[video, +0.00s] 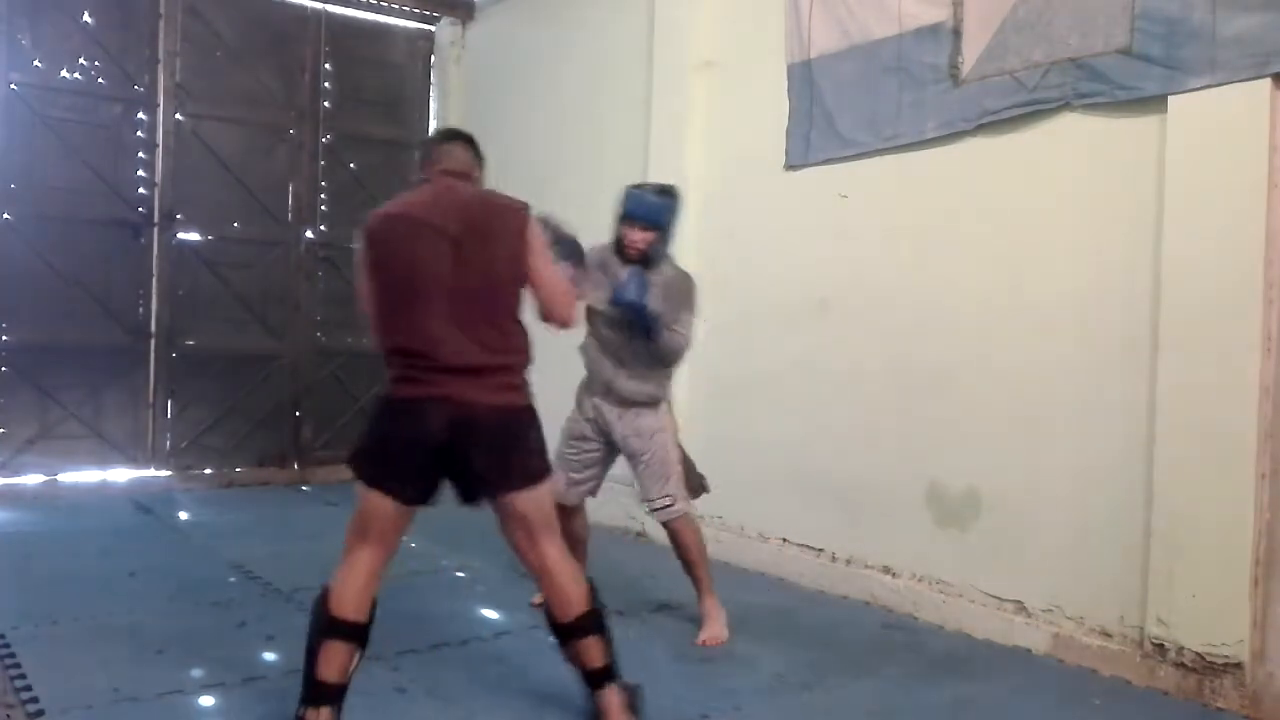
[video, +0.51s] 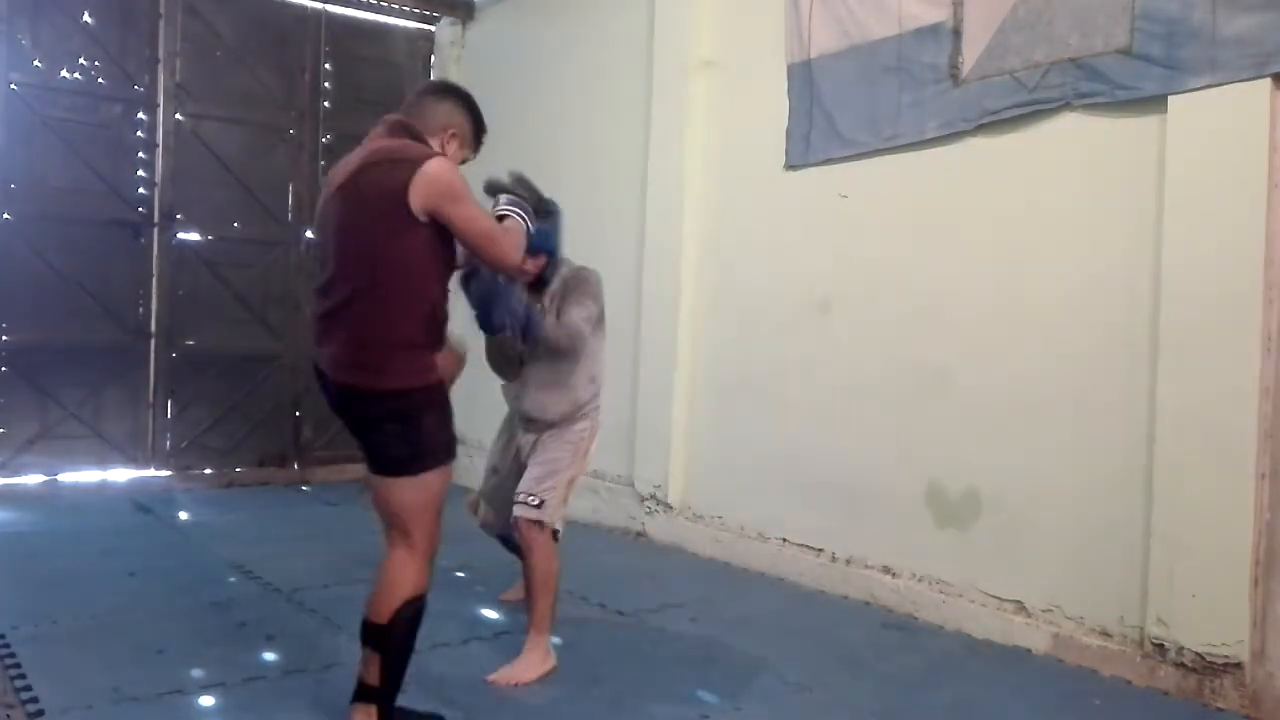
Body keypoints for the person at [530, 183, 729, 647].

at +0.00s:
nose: (637, 237)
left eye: (648, 230)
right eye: (630, 226)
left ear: (663, 234)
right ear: (618, 224)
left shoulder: (675, 283)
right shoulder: (600, 262)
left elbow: (674, 350)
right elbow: (571, 283)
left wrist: (644, 316)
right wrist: (561, 255)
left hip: (645, 412)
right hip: (594, 403)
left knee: (671, 509)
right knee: (565, 497)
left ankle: (709, 604)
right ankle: (573, 585)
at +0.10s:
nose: (599, 238)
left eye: (610, 231)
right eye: (594, 228)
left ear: (630, 234)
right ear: (584, 227)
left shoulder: (642, 278)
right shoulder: (573, 260)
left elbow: (629, 346)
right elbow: (529, 289)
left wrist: (604, 301)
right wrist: (534, 254)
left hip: (625, 411)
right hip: (579, 402)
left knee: (630, 507)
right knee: (556, 500)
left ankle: (691, 588)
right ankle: (575, 588)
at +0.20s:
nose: (570, 235)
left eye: (581, 227)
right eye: (564, 224)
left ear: (600, 230)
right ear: (555, 224)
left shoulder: (619, 273)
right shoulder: (550, 260)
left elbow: (610, 346)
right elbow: (503, 296)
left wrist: (593, 290)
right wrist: (512, 244)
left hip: (609, 400)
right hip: (567, 397)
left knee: (586, 491)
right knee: (550, 497)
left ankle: (640, 595)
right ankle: (573, 586)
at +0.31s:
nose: (544, 237)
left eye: (552, 229)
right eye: (538, 229)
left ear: (573, 227)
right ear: (532, 228)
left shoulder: (598, 263)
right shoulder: (530, 264)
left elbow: (598, 298)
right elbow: (506, 327)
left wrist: (564, 252)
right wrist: (498, 268)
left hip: (597, 396)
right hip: (553, 396)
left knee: (562, 502)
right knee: (517, 497)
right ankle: (557, 566)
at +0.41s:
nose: (542, 243)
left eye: (551, 235)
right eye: (538, 235)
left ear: (569, 239)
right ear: (531, 241)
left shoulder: (591, 277)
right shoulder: (528, 290)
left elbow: (577, 293)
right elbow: (501, 358)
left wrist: (530, 246)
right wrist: (496, 311)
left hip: (578, 419)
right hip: (535, 417)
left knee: (528, 520)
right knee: (492, 506)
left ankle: (541, 647)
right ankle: (538, 576)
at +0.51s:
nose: (505, 257)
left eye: (514, 245)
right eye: (501, 247)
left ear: (539, 248)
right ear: (504, 252)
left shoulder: (580, 283)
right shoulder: (508, 287)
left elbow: (566, 337)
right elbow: (505, 367)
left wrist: (517, 300)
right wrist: (492, 305)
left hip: (570, 422)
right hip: (522, 417)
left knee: (532, 519)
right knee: (492, 512)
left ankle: (539, 646)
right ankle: (538, 570)